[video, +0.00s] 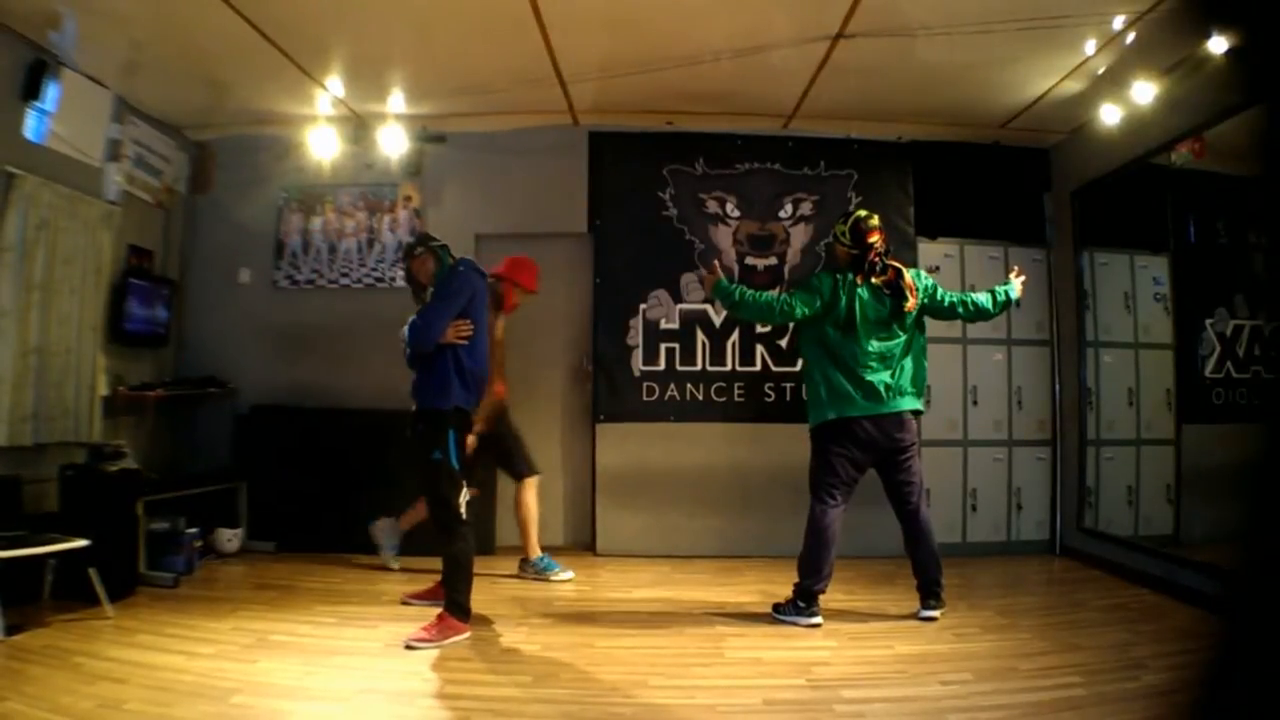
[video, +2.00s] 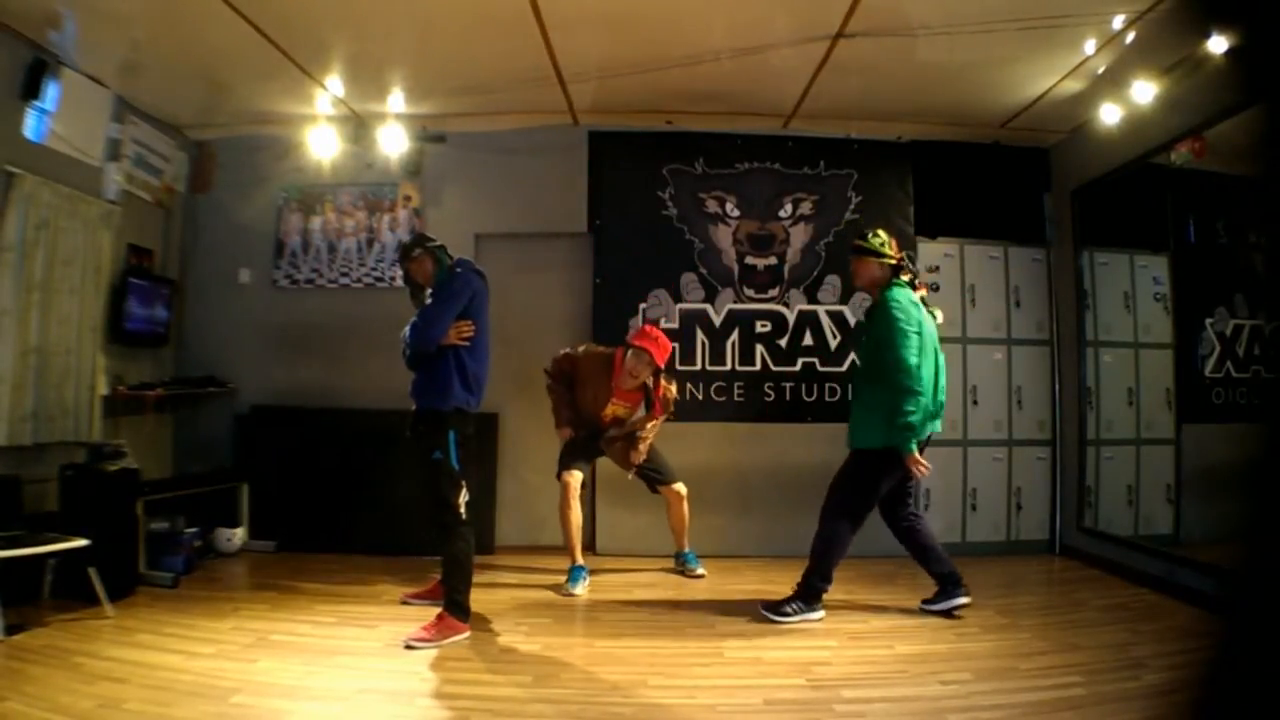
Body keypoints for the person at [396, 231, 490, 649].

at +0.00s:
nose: (414, 276)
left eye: (417, 266)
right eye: (411, 269)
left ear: (432, 257)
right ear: (421, 265)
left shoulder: (463, 277)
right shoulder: (444, 287)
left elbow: (425, 336)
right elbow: (411, 344)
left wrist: (412, 327)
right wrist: (434, 332)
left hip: (451, 411)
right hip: (434, 410)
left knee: (452, 511)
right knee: (443, 504)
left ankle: (456, 615)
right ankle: (449, 584)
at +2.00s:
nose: (413, 276)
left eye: (415, 266)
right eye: (408, 270)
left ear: (431, 256)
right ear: (414, 269)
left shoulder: (463, 278)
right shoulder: (438, 291)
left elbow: (428, 335)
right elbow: (409, 349)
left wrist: (411, 330)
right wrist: (436, 335)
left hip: (453, 409)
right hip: (433, 409)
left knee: (455, 509)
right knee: (441, 502)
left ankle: (456, 614)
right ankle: (447, 581)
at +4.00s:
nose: (415, 282)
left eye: (415, 272)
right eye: (411, 275)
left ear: (429, 263)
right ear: (426, 266)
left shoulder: (461, 285)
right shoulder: (445, 292)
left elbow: (445, 356)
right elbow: (424, 344)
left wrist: (412, 359)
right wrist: (427, 359)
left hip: (452, 413)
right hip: (435, 412)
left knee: (454, 509)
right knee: (439, 501)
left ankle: (456, 614)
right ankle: (445, 582)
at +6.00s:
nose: (443, 237)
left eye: (450, 229)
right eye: (434, 229)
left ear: (461, 235)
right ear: (421, 236)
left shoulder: (483, 279)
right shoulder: (399, 289)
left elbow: (504, 336)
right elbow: (382, 353)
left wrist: (490, 374)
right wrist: (396, 404)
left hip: (473, 407)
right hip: (423, 408)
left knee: (477, 501)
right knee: (420, 502)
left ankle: (478, 599)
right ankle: (425, 594)